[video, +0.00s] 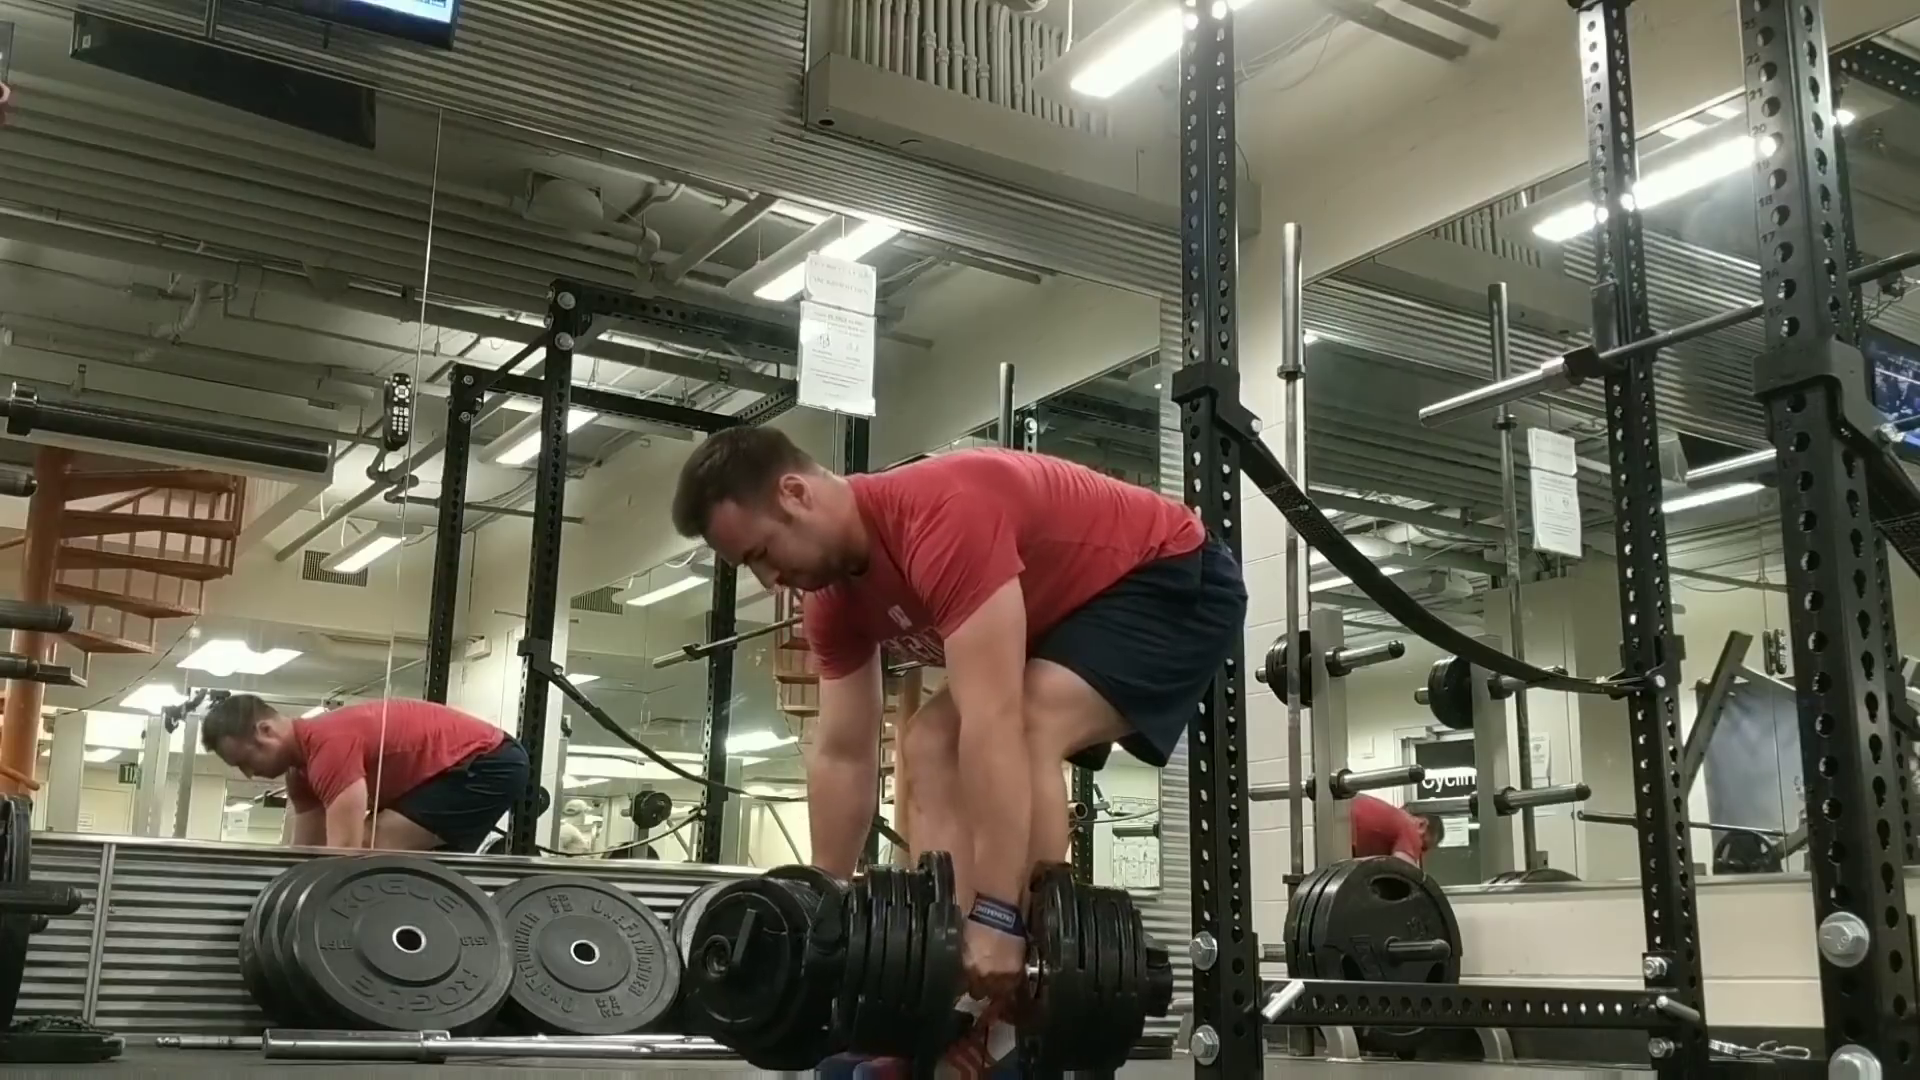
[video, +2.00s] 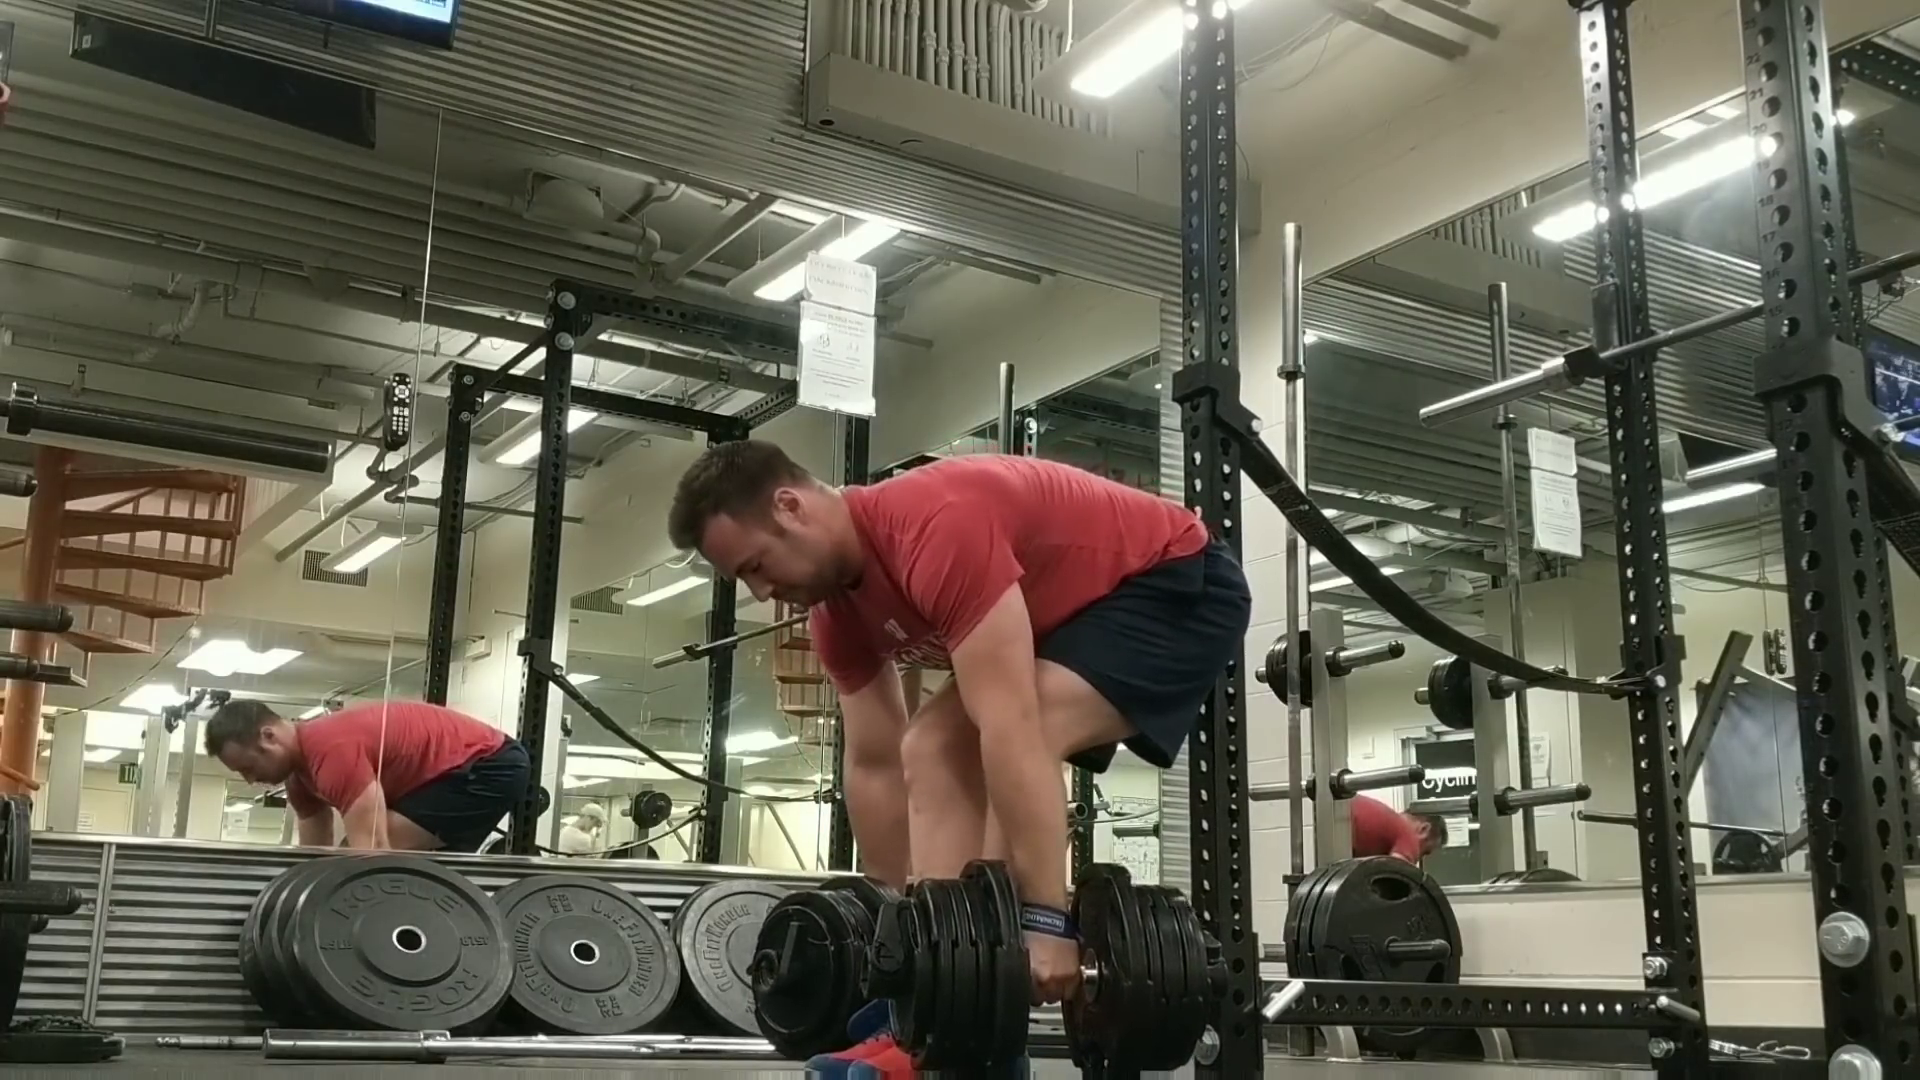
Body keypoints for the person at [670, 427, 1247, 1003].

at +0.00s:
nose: (767, 581)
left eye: (761, 554)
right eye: (749, 569)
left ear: (797, 492)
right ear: (799, 495)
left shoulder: (949, 516)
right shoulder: (836, 597)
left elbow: (994, 714)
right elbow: (842, 751)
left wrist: (998, 915)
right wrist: (828, 919)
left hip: (1170, 577)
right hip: (1065, 612)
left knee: (1022, 723)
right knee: (931, 733)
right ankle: (941, 986)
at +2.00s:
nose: (760, 593)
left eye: (755, 566)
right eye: (743, 581)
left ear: (793, 505)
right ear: (794, 509)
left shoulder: (940, 527)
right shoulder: (839, 611)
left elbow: (1013, 727)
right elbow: (876, 765)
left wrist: (1050, 921)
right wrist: (890, 943)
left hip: (1176, 585)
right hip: (1075, 612)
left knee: (1003, 739)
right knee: (932, 743)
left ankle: (975, 1021)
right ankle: (921, 1005)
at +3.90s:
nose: (773, 510)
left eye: (767, 484)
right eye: (756, 499)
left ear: (804, 423)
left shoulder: (952, 456)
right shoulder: (846, 538)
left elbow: (1043, 624)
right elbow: (883, 684)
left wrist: (1040, 808)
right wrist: (876, 844)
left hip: (1166, 578)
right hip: (1054, 603)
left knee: (1009, 732)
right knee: (942, 733)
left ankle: (993, 1020)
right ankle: (943, 1003)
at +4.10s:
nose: (796, 478)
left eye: (788, 455)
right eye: (778, 471)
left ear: (816, 391)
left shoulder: (967, 412)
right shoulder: (857, 509)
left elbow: (1094, 548)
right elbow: (906, 631)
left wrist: (1088, 721)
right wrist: (896, 769)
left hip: (1163, 572)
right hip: (1040, 604)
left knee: (1020, 764)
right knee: (948, 757)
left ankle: (988, 1020)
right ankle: (941, 1004)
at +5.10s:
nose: (794, 482)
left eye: (785, 459)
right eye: (775, 475)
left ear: (812, 394)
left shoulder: (965, 420)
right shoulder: (853, 512)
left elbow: (1026, 602)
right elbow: (874, 665)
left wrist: (1029, 786)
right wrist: (864, 821)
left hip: (1164, 574)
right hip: (1053, 603)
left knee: (1018, 741)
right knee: (930, 747)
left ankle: (991, 1018)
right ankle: (942, 1000)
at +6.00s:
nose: (802, 467)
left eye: (795, 442)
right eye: (784, 458)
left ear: (826, 380)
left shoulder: (976, 408)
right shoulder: (859, 502)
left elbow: (1082, 561)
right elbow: (897, 630)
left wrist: (1073, 740)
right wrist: (885, 778)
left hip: (1169, 569)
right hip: (1044, 594)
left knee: (1035, 762)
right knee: (949, 753)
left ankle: (990, 1017)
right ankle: (941, 1002)